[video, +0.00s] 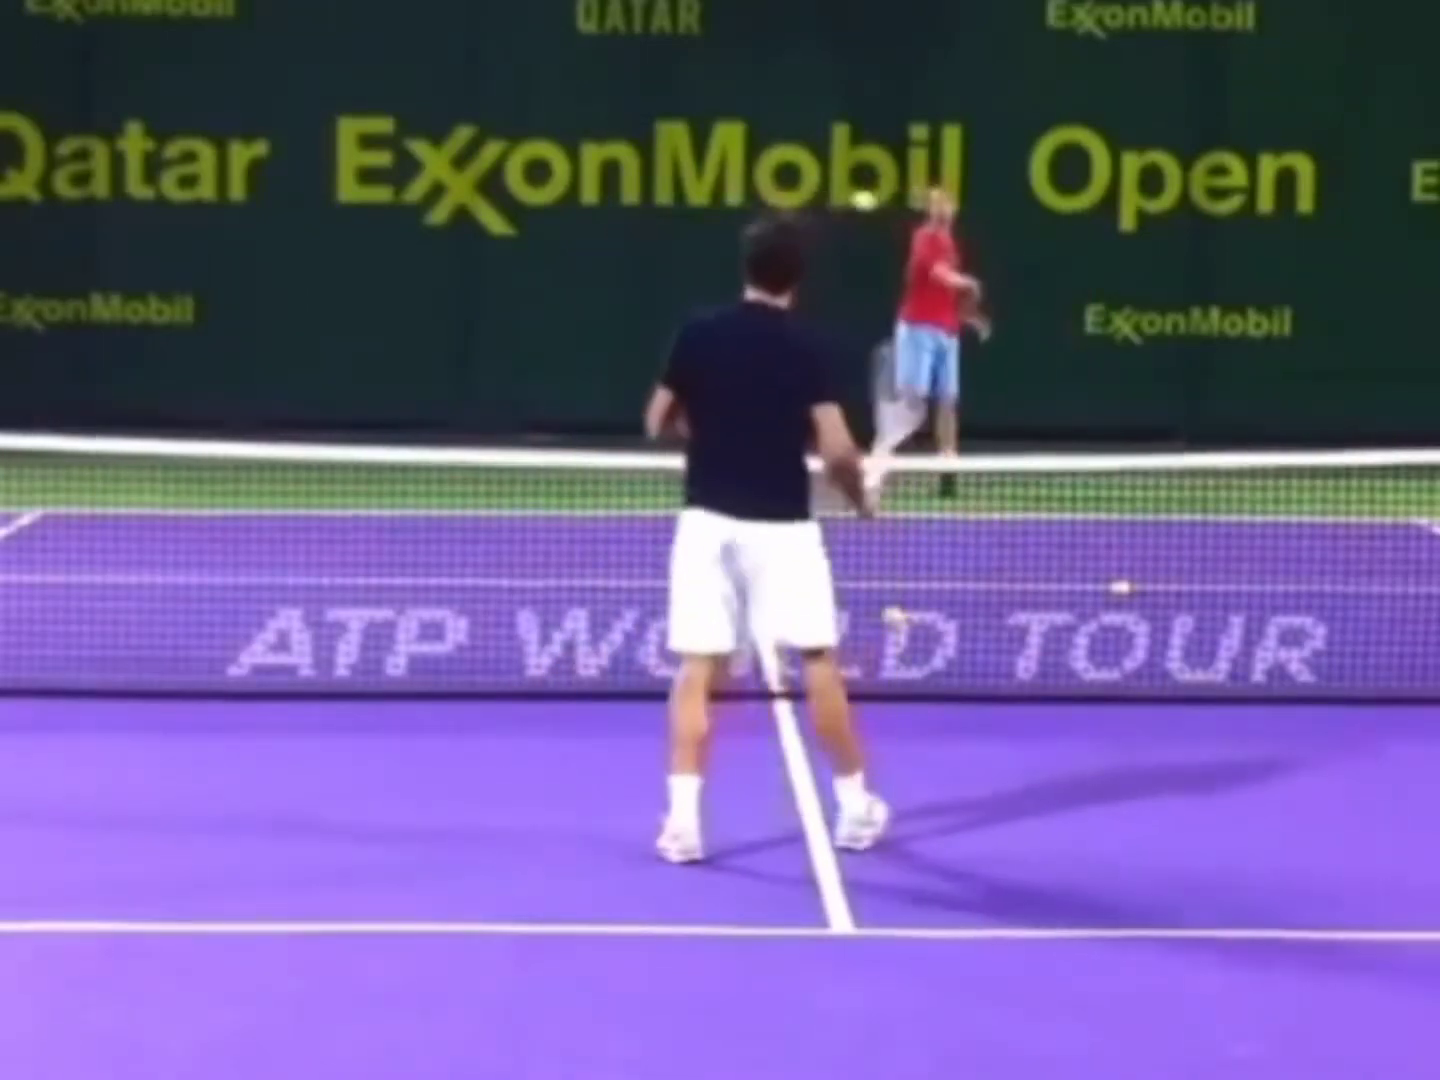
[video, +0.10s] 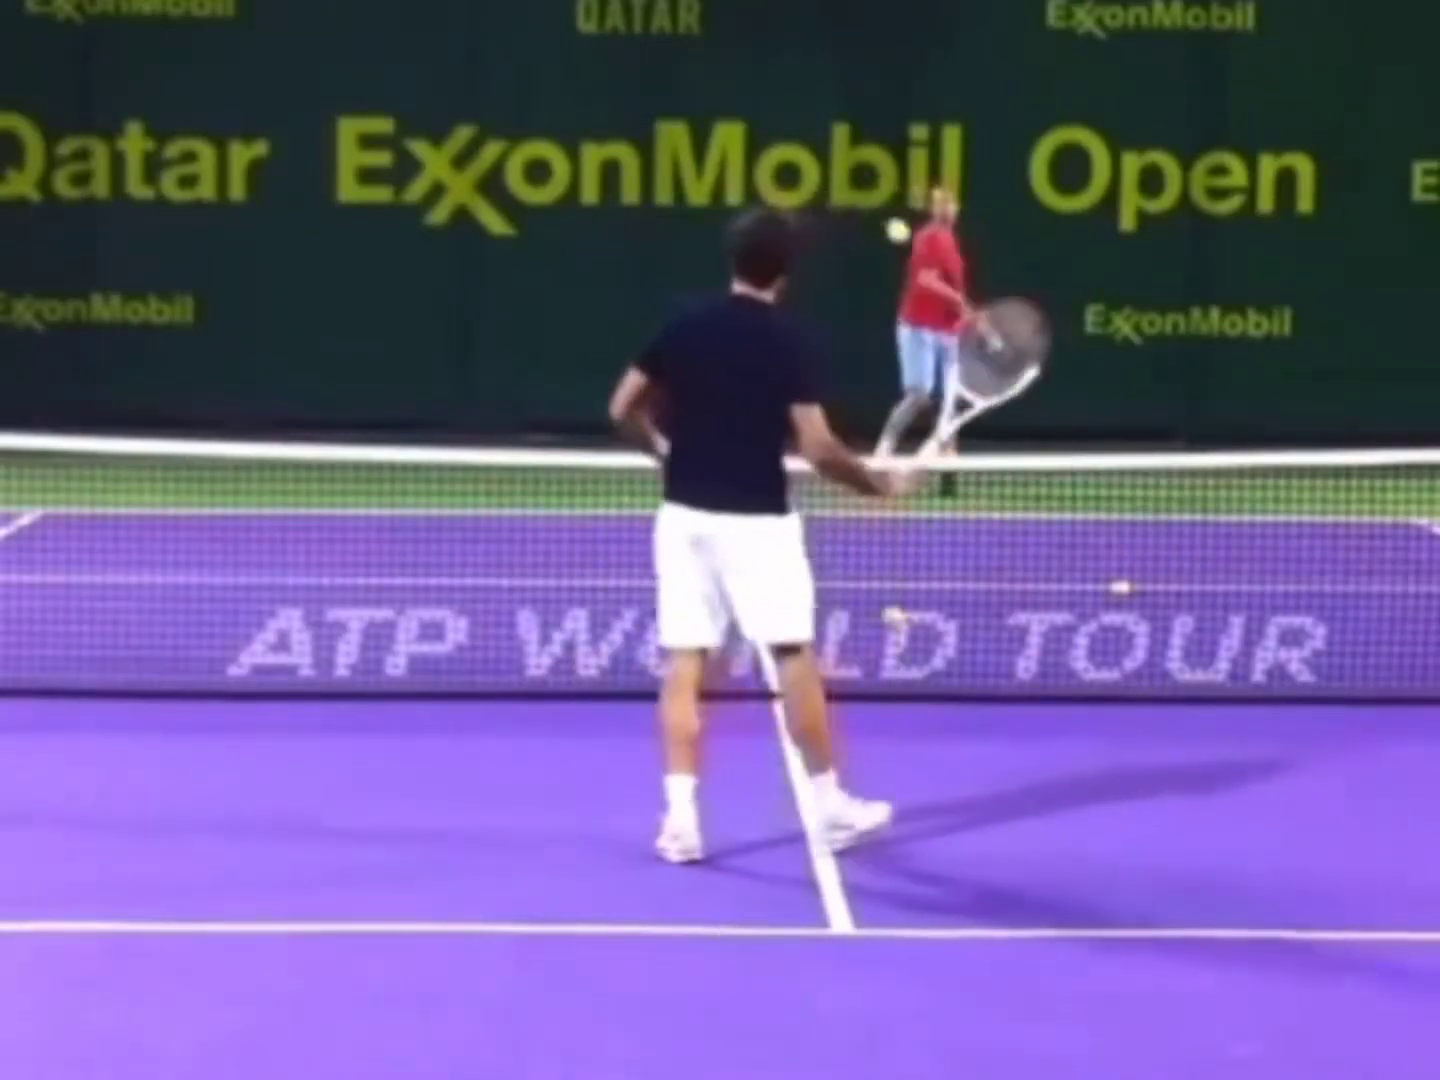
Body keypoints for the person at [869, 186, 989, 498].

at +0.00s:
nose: (941, 211)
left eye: (946, 204)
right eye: (935, 204)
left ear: (953, 209)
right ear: (928, 208)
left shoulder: (949, 244)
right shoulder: (925, 237)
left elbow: (944, 295)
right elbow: (936, 270)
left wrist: (969, 316)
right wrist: (966, 283)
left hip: (945, 328)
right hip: (918, 324)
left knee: (947, 400)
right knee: (912, 399)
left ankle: (948, 466)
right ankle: (877, 457)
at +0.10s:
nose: (944, 210)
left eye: (948, 203)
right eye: (939, 204)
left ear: (956, 208)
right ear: (930, 208)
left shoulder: (951, 241)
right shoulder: (929, 237)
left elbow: (958, 295)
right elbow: (925, 278)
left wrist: (984, 329)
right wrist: (959, 301)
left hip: (946, 328)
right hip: (918, 325)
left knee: (949, 398)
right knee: (919, 392)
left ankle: (946, 460)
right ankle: (883, 452)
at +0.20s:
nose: (945, 210)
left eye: (949, 204)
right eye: (939, 204)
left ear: (956, 208)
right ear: (931, 207)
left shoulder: (956, 243)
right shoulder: (920, 240)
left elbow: (954, 290)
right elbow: (908, 278)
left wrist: (966, 316)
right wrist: (928, 294)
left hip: (945, 328)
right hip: (915, 326)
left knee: (950, 396)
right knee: (919, 390)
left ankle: (945, 451)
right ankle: (890, 447)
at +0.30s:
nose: (941, 210)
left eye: (945, 204)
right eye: (936, 204)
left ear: (954, 208)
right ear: (928, 208)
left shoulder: (958, 243)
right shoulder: (914, 241)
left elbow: (961, 283)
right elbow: (898, 282)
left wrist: (966, 315)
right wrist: (932, 314)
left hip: (944, 333)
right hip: (910, 331)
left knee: (945, 397)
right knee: (909, 388)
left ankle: (948, 457)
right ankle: (889, 446)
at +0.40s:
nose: (932, 211)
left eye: (937, 204)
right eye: (927, 205)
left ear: (946, 209)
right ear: (919, 209)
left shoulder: (960, 245)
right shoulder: (905, 243)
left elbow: (966, 280)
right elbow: (888, 286)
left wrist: (960, 315)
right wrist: (920, 319)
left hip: (940, 334)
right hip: (904, 332)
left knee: (944, 399)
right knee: (889, 390)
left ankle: (948, 462)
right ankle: (872, 451)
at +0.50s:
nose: (920, 214)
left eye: (924, 207)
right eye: (915, 208)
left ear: (934, 212)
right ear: (908, 213)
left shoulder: (954, 248)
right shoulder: (894, 247)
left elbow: (960, 288)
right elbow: (879, 290)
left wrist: (946, 327)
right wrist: (904, 326)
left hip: (933, 337)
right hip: (897, 335)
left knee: (940, 401)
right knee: (877, 392)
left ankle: (948, 462)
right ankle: (857, 455)